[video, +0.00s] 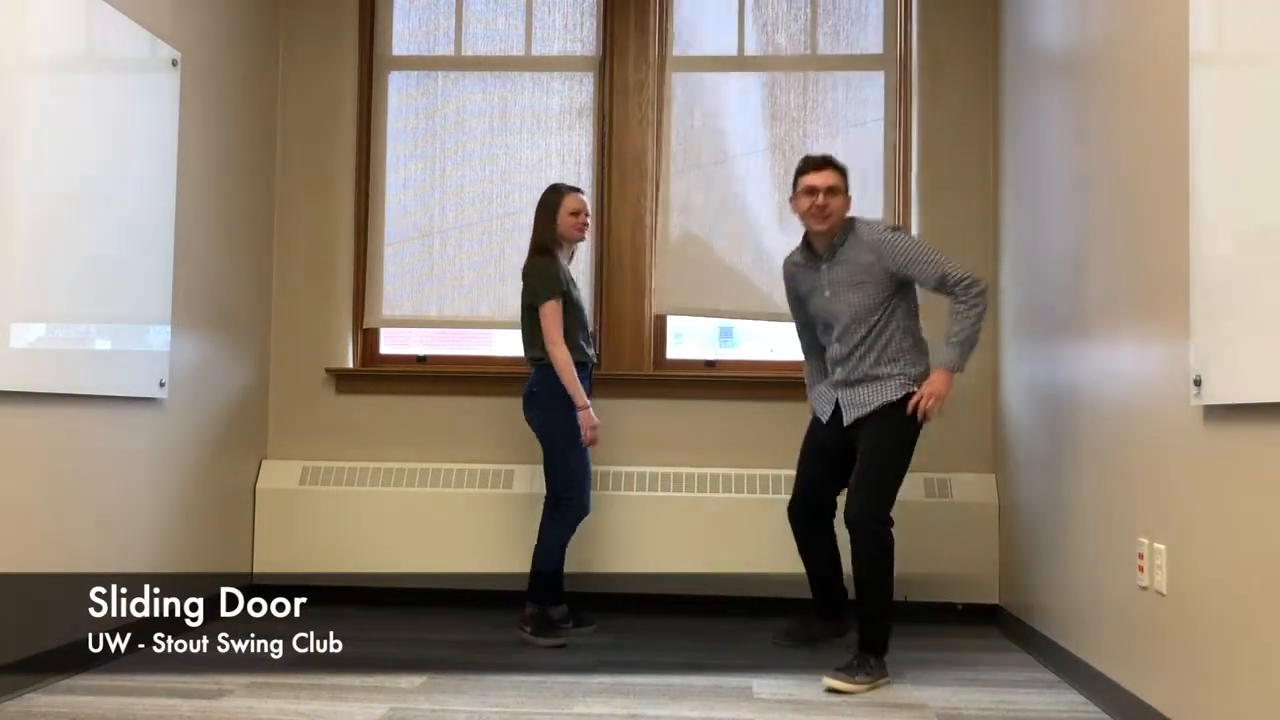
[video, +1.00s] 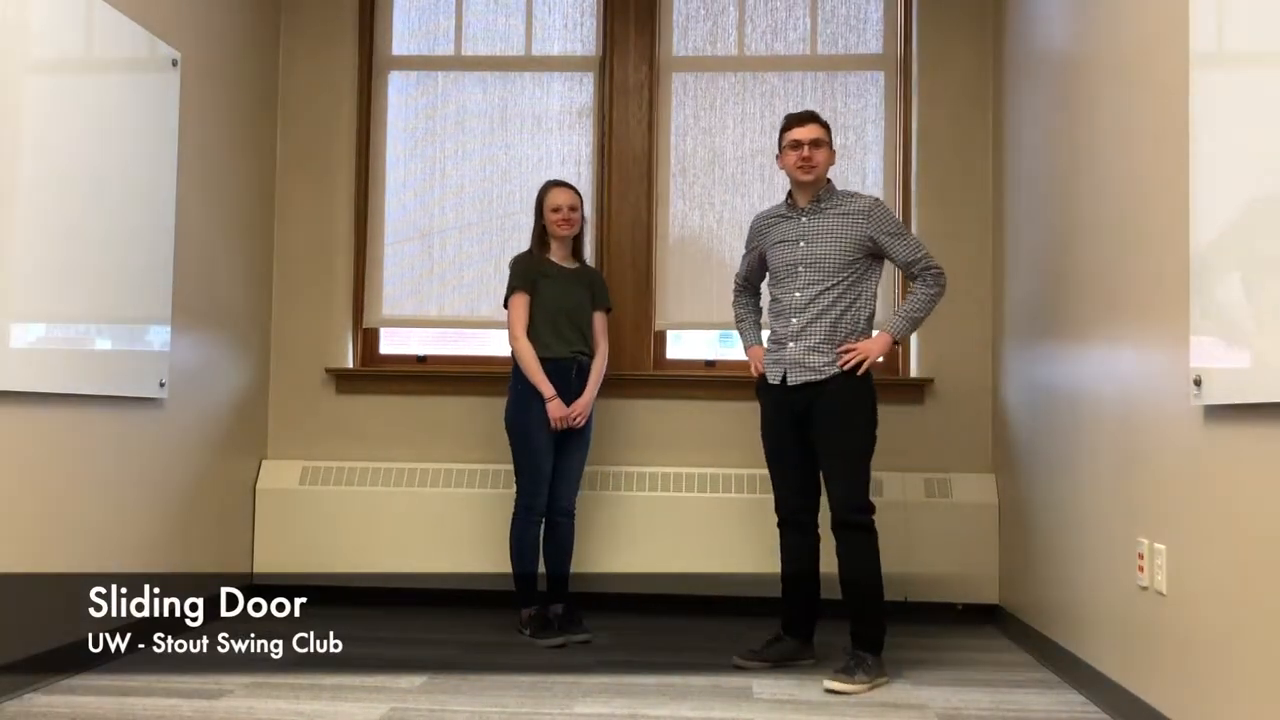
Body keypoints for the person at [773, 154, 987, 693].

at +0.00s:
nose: (820, 202)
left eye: (831, 192)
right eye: (810, 193)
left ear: (847, 200)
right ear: (794, 202)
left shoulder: (883, 244)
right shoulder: (796, 266)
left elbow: (968, 289)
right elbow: (811, 344)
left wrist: (947, 369)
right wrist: (822, 401)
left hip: (895, 398)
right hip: (836, 404)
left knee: (865, 514)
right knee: (807, 510)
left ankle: (872, 656)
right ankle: (832, 616)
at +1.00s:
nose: (806, 153)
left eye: (815, 144)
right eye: (795, 146)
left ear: (831, 154)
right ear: (780, 158)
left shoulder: (864, 213)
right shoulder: (766, 224)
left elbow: (930, 277)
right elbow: (746, 286)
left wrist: (887, 335)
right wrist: (752, 342)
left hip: (843, 387)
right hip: (781, 390)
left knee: (850, 516)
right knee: (794, 519)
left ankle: (866, 653)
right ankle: (795, 639)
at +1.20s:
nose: (798, 155)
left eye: (808, 146)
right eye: (788, 147)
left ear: (824, 155)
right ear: (772, 158)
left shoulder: (855, 212)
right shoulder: (759, 226)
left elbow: (924, 274)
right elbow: (738, 290)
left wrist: (880, 339)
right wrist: (745, 345)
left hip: (836, 387)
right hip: (775, 391)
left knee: (843, 517)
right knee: (790, 520)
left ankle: (862, 652)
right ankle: (795, 638)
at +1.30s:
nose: (796, 155)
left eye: (806, 146)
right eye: (786, 147)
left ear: (823, 156)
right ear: (771, 159)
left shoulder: (853, 213)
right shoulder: (758, 226)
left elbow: (921, 277)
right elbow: (737, 290)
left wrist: (878, 339)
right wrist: (743, 344)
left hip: (834, 388)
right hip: (773, 391)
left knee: (842, 517)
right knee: (790, 520)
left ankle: (861, 652)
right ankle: (794, 639)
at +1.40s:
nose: (796, 155)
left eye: (806, 146)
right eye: (786, 147)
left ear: (822, 156)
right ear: (771, 158)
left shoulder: (853, 214)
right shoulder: (758, 226)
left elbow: (920, 278)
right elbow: (737, 291)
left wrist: (877, 340)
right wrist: (743, 345)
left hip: (834, 387)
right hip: (772, 391)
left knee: (845, 516)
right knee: (790, 519)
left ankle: (862, 652)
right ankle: (795, 637)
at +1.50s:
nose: (796, 155)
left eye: (806, 146)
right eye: (786, 147)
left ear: (823, 156)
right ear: (771, 158)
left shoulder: (853, 214)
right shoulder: (757, 226)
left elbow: (920, 278)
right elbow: (737, 292)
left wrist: (878, 340)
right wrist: (743, 345)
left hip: (834, 388)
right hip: (772, 391)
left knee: (847, 516)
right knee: (789, 518)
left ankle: (863, 651)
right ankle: (795, 637)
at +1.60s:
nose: (797, 155)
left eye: (807, 146)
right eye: (787, 147)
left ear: (823, 156)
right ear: (772, 158)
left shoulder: (854, 214)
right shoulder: (757, 226)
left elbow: (920, 279)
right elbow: (737, 291)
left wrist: (878, 340)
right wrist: (743, 345)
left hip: (835, 389)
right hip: (773, 392)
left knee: (849, 516)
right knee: (790, 519)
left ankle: (863, 652)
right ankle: (795, 637)